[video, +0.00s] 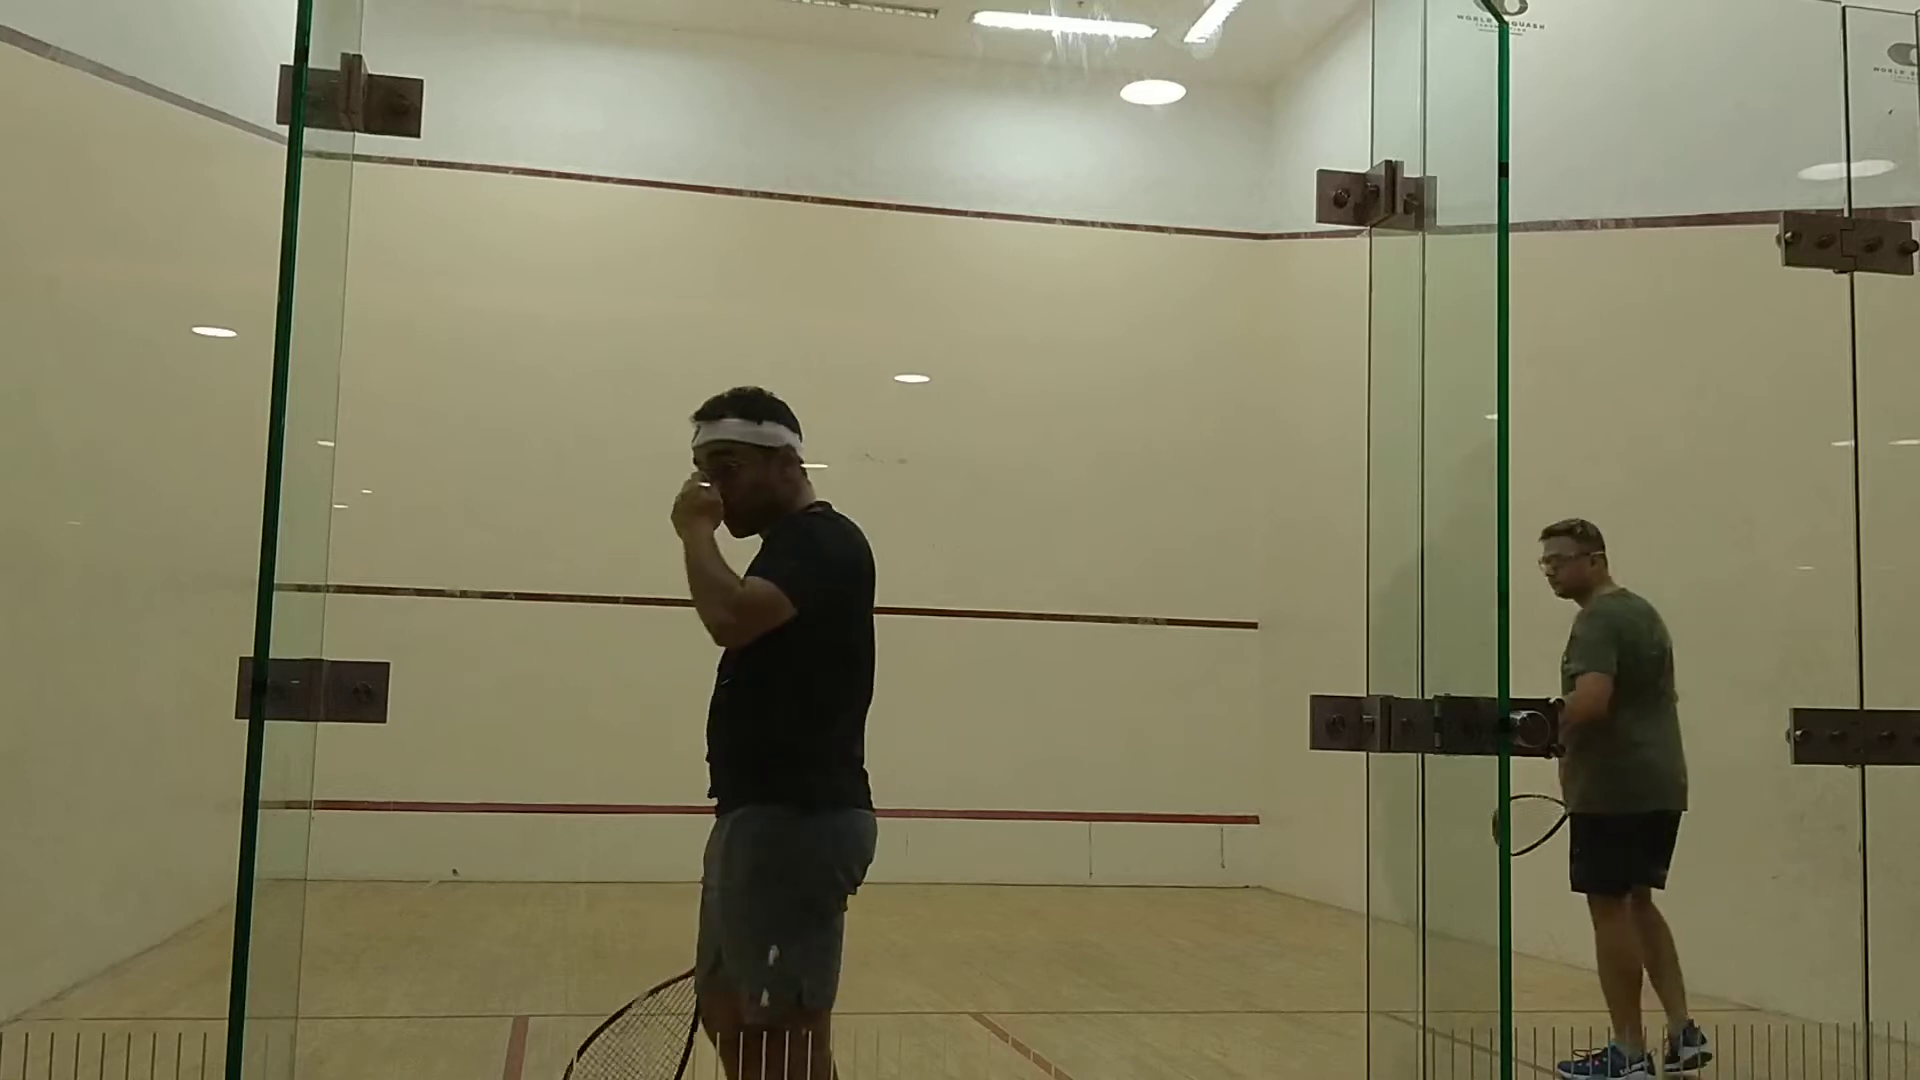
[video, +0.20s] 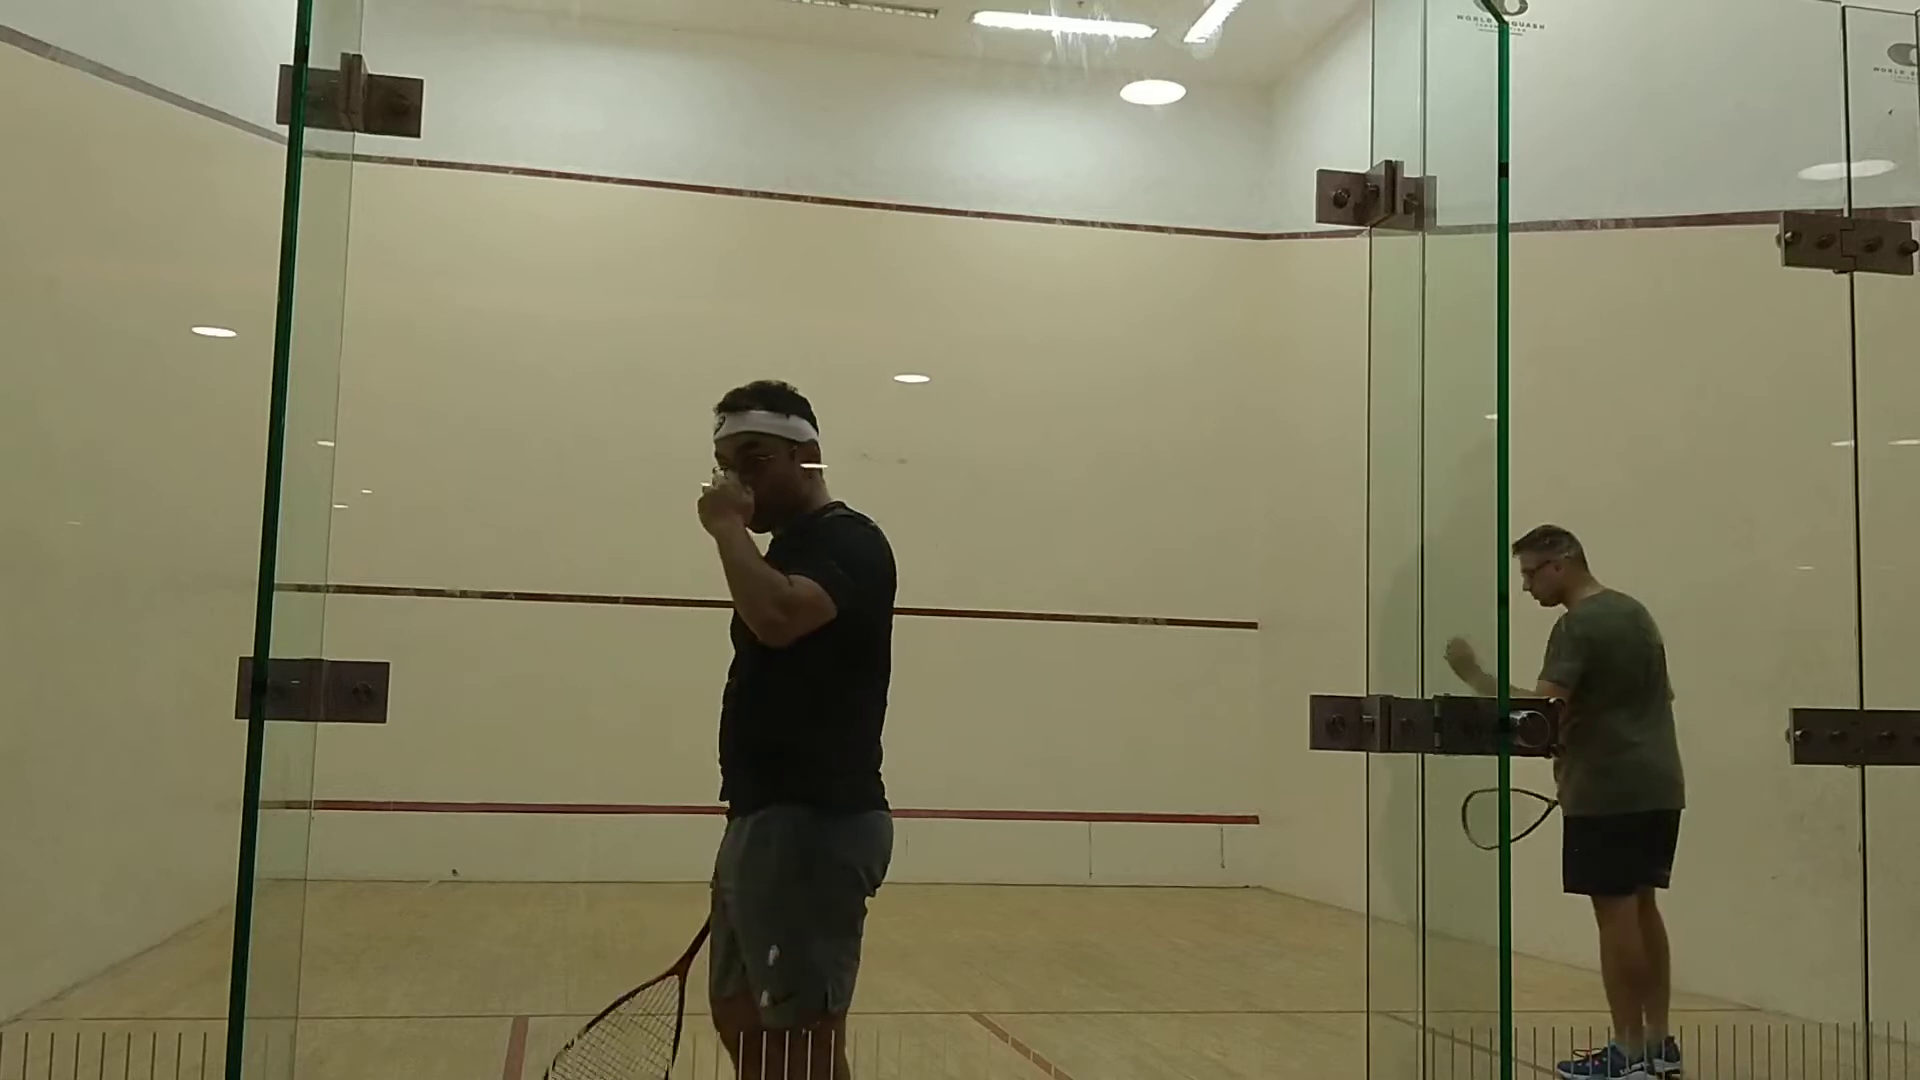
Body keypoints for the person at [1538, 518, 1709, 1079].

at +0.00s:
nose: (1548, 570)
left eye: (1557, 560)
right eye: (1546, 562)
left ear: (1593, 560)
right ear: (1598, 565)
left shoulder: (1599, 618)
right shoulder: (1640, 612)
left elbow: (1591, 700)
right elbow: (1648, 702)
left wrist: (1556, 724)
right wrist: (1572, 733)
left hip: (1611, 797)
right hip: (1656, 791)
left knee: (1609, 911)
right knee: (1638, 903)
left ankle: (1629, 1052)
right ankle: (1684, 1033)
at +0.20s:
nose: (1527, 587)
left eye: (1531, 574)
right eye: (1524, 577)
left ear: (1562, 563)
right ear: (1572, 562)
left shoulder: (1578, 624)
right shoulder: (1635, 613)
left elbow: (1540, 712)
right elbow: (1657, 698)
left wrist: (1475, 672)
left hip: (1607, 799)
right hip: (1656, 792)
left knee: (1616, 917)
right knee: (1643, 909)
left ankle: (1627, 1050)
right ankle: (1658, 1045)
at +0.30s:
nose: (1525, 593)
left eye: (1525, 580)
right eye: (1521, 583)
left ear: (1551, 567)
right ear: (1569, 563)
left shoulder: (1568, 626)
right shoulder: (1632, 612)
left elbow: (1536, 721)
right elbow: (1657, 700)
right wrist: (1575, 726)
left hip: (1606, 798)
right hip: (1660, 792)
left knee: (1617, 916)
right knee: (1646, 909)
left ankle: (1628, 1051)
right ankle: (1662, 1042)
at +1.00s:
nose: (1531, 604)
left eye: (1530, 592)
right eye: (1527, 594)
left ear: (1550, 580)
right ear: (1575, 575)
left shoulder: (1557, 623)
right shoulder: (1636, 619)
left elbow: (1538, 711)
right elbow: (1644, 708)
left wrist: (1554, 744)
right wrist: (1573, 740)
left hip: (1610, 796)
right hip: (1672, 790)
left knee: (1621, 917)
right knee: (1659, 914)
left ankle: (1629, 1052)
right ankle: (1670, 1050)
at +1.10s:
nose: (1531, 597)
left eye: (1533, 585)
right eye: (1528, 588)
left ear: (1558, 574)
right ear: (1578, 572)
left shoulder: (1553, 624)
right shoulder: (1644, 620)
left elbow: (1526, 715)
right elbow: (1676, 710)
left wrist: (1558, 742)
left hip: (1604, 796)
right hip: (1670, 791)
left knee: (1616, 916)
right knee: (1660, 912)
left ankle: (1629, 1052)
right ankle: (1670, 1049)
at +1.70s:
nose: (1525, 580)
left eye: (1528, 570)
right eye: (1525, 570)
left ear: (1544, 569)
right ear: (1580, 567)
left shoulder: (1537, 628)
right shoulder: (1628, 620)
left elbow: (1524, 720)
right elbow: (1680, 678)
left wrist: (1494, 789)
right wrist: (1722, 702)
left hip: (1583, 799)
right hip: (1641, 793)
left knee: (1606, 922)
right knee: (1616, 915)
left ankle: (1631, 1052)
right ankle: (1608, 1040)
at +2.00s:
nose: (1533, 581)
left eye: (1534, 574)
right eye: (1538, 573)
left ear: (1541, 577)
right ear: (1585, 576)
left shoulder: (1512, 638)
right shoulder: (1620, 630)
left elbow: (1484, 716)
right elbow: (1690, 687)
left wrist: (1476, 783)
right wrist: (1717, 653)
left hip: (1540, 804)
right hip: (1613, 802)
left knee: (1538, 907)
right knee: (1603, 908)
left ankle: (1604, 1013)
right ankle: (1598, 1030)